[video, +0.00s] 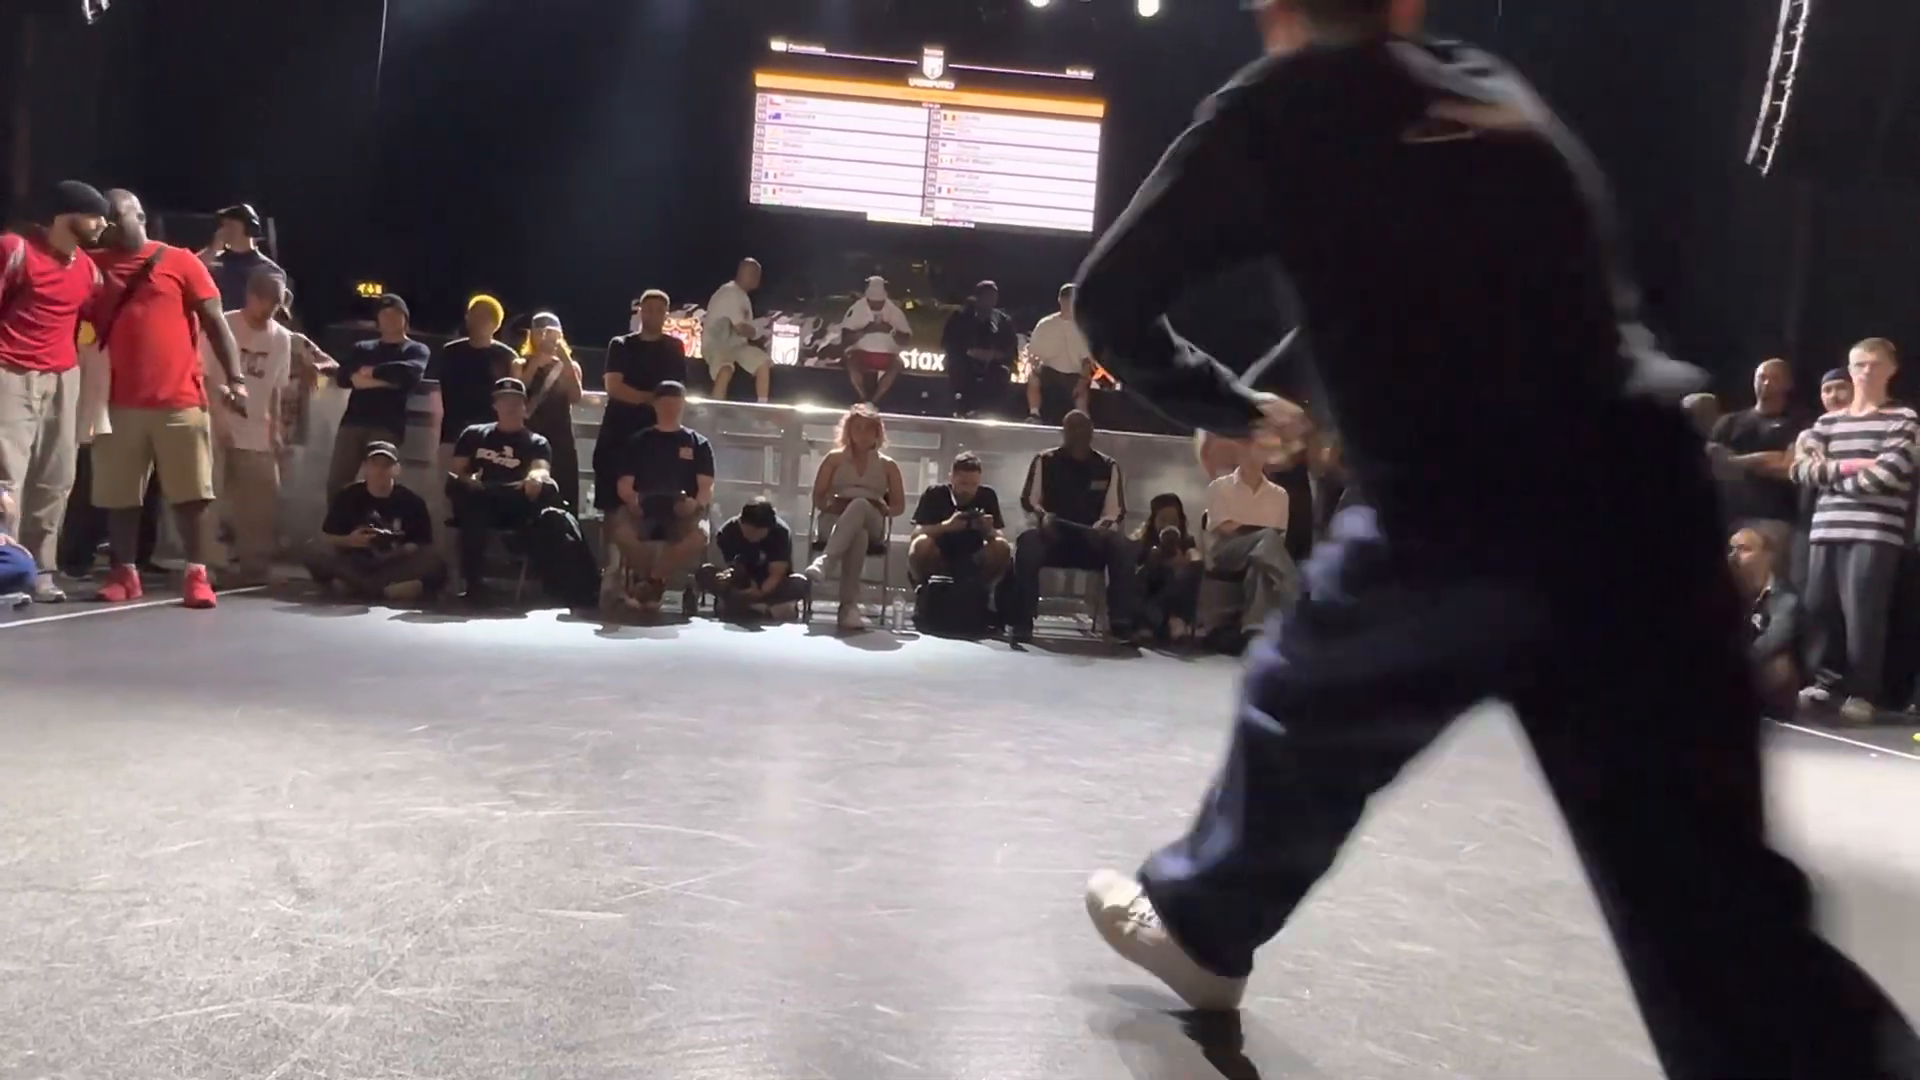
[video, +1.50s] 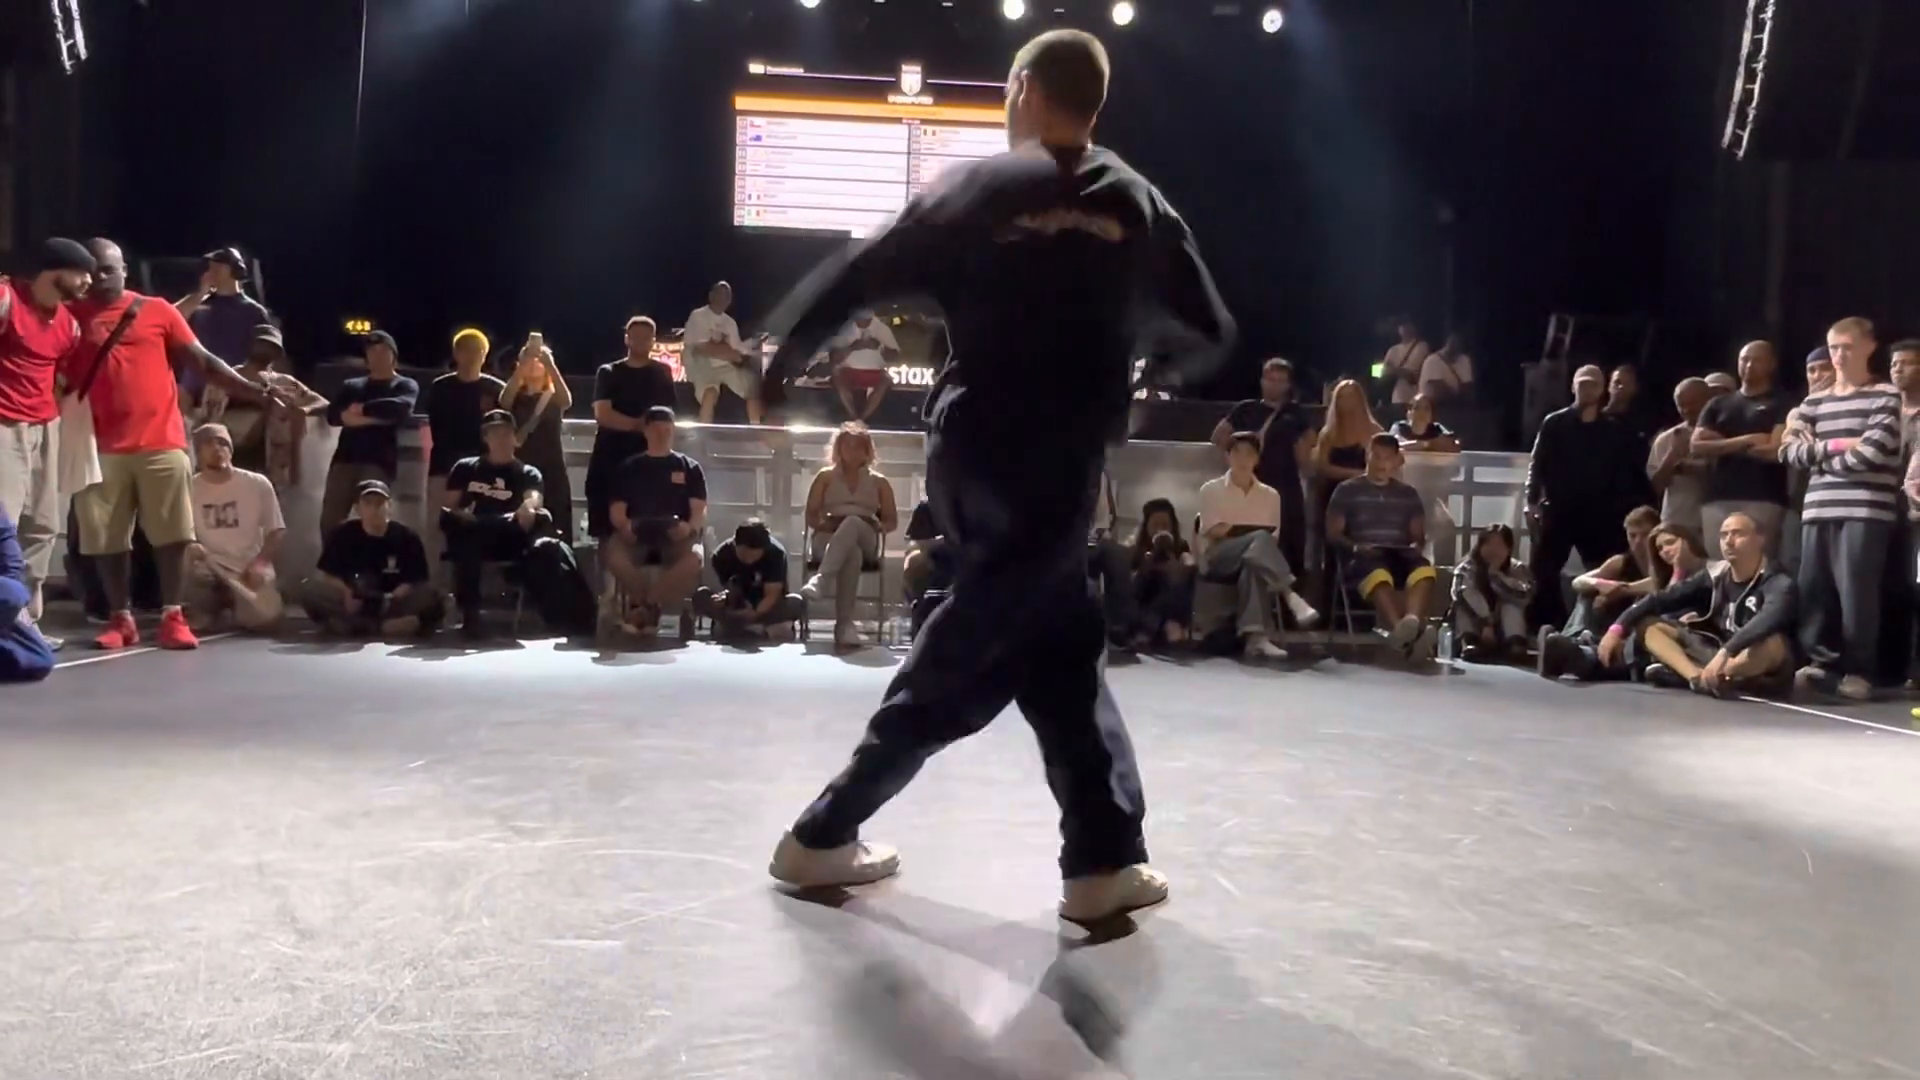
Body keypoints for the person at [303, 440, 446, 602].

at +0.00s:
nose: (380, 471)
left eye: (386, 466)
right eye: (375, 465)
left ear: (395, 470)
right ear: (365, 467)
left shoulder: (412, 502)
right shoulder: (346, 497)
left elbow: (423, 546)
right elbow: (327, 538)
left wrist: (395, 548)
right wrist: (350, 541)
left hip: (395, 561)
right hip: (354, 560)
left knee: (433, 561)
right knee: (313, 550)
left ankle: (358, 588)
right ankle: (382, 591)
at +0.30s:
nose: (375, 477)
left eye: (380, 472)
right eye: (369, 471)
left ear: (389, 475)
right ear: (358, 474)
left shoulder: (405, 507)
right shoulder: (339, 501)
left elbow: (416, 548)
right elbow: (318, 540)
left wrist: (400, 558)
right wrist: (346, 557)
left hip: (389, 568)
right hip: (347, 567)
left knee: (427, 568)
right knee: (306, 556)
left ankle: (350, 596)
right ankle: (378, 596)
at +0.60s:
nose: (374, 491)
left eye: (380, 485)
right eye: (369, 484)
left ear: (389, 488)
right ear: (358, 487)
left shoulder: (405, 520)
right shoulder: (339, 514)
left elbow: (415, 562)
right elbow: (319, 553)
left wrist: (387, 579)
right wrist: (341, 578)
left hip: (386, 581)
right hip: (347, 580)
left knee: (428, 580)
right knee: (304, 567)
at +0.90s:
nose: (367, 486)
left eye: (372, 480)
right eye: (361, 480)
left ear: (382, 483)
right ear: (351, 484)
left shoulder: (399, 514)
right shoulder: (334, 509)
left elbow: (409, 556)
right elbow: (317, 549)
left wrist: (381, 574)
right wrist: (338, 573)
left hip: (382, 576)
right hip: (343, 575)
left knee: (422, 575)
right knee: (300, 564)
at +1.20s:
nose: (374, 506)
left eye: (379, 500)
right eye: (368, 499)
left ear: (388, 503)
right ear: (358, 504)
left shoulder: (406, 534)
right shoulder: (342, 530)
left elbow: (416, 576)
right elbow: (325, 570)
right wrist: (346, 588)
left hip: (390, 595)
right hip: (351, 594)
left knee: (430, 594)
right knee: (309, 584)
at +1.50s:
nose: (374, 510)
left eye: (379, 504)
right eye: (368, 504)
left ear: (388, 507)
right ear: (359, 508)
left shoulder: (406, 537)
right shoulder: (342, 534)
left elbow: (416, 579)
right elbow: (327, 574)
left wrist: (390, 600)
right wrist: (346, 592)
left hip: (390, 599)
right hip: (353, 598)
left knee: (430, 596)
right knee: (310, 588)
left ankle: (354, 628)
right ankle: (380, 628)